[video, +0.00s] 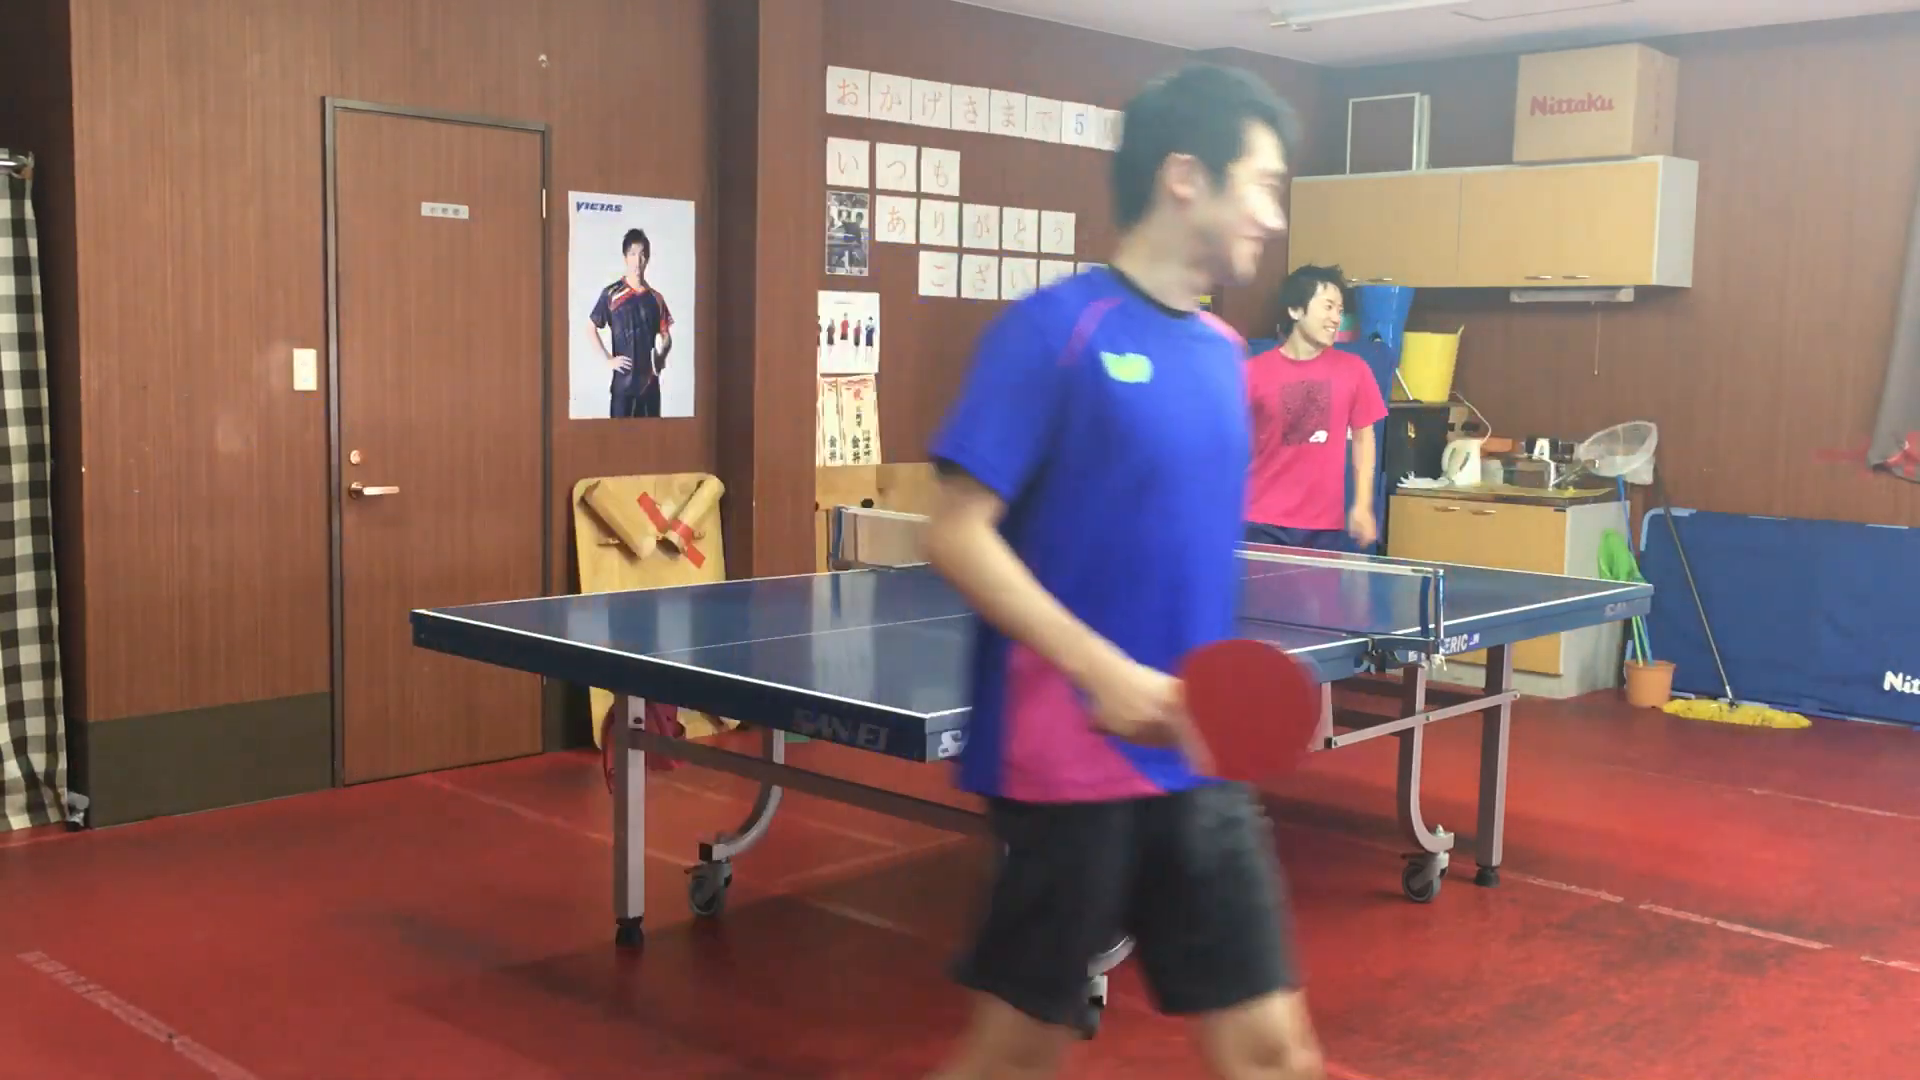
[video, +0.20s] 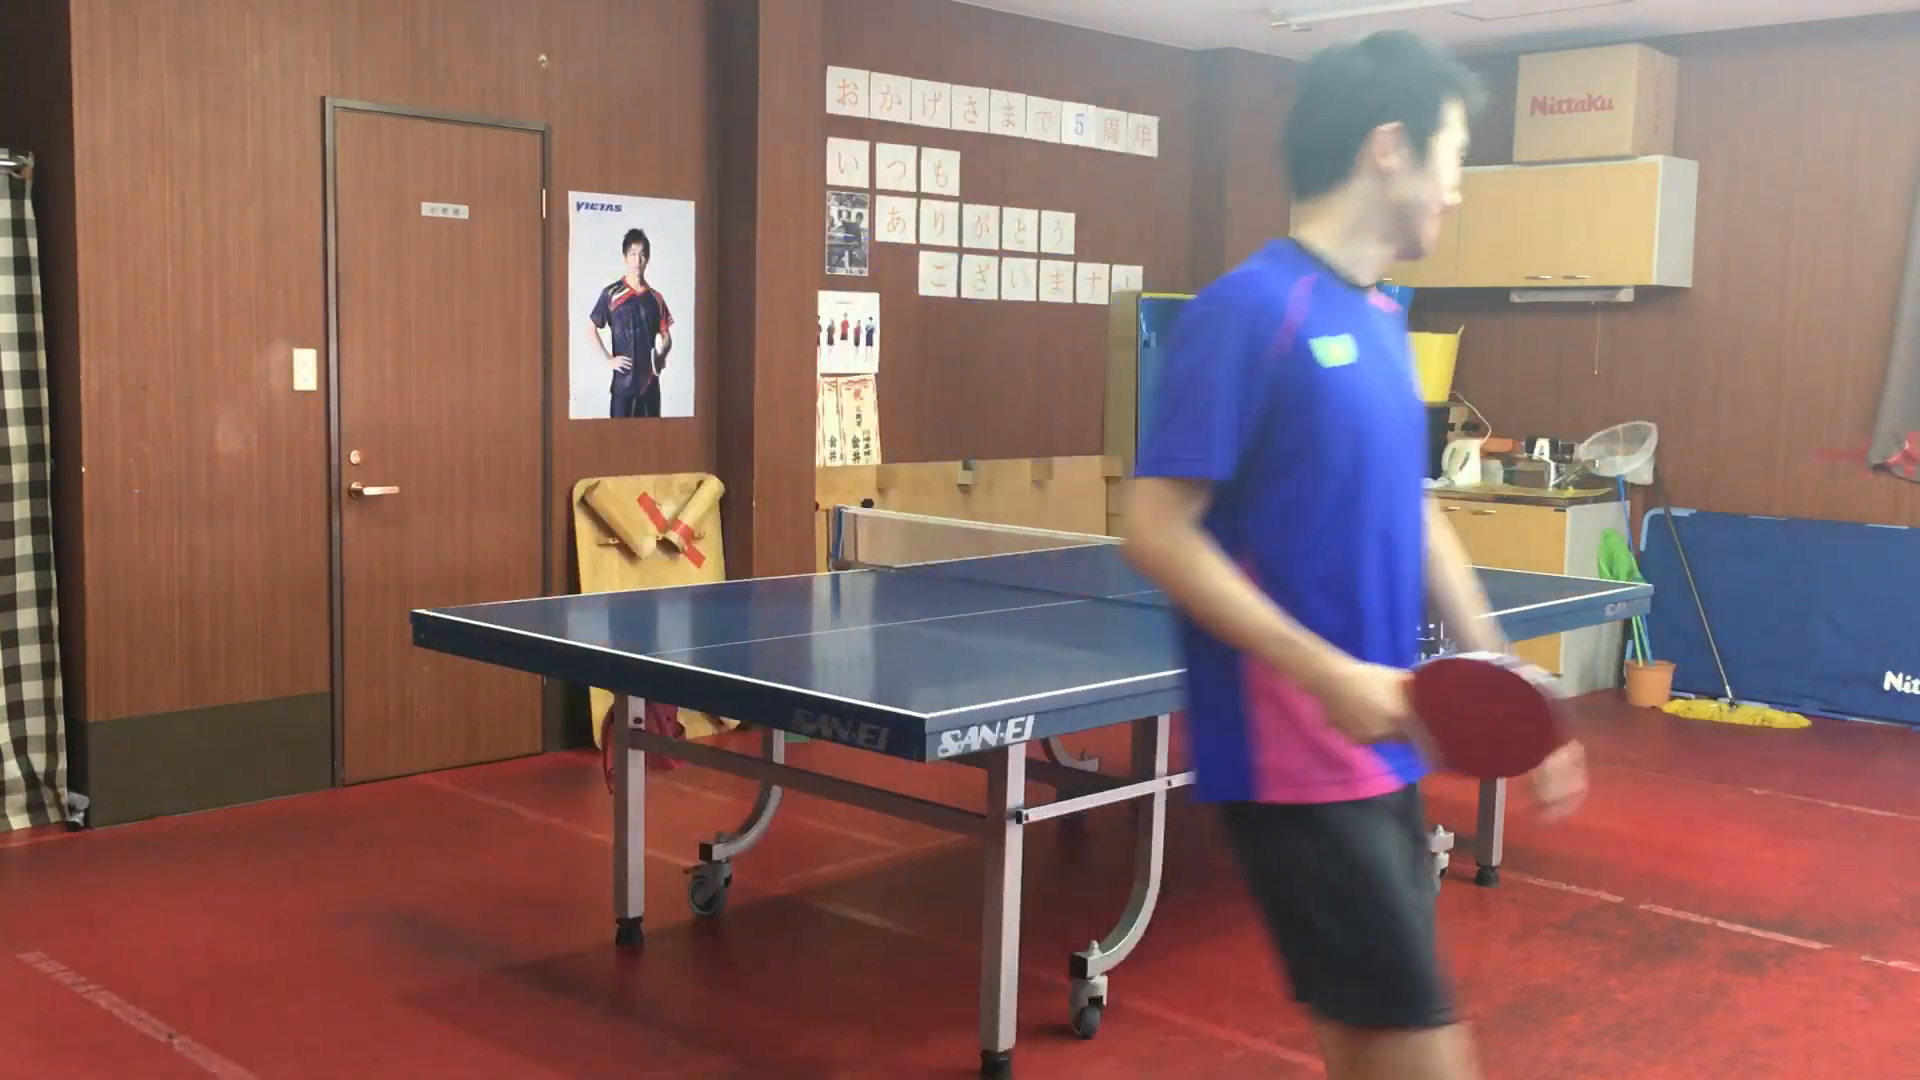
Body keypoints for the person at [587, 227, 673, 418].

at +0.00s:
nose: (638, 260)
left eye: (643, 254)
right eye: (633, 254)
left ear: (648, 258)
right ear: (625, 258)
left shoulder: (655, 297)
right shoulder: (611, 294)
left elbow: (665, 335)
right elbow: (591, 327)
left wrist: (661, 355)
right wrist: (608, 359)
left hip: (649, 378)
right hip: (624, 378)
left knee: (650, 435)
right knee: (621, 434)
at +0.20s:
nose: (638, 260)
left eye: (643, 254)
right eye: (633, 254)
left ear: (648, 258)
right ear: (625, 258)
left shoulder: (655, 297)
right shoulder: (611, 294)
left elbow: (665, 335)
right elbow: (591, 327)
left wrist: (661, 355)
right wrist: (608, 359)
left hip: (650, 377)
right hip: (624, 378)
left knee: (650, 435)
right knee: (621, 434)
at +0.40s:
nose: (638, 260)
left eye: (643, 254)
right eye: (633, 254)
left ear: (648, 258)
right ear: (625, 258)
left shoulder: (655, 297)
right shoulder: (611, 294)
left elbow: (665, 335)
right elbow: (591, 327)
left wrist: (661, 355)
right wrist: (608, 360)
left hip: (650, 377)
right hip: (624, 378)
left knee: (650, 435)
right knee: (621, 434)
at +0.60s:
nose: (638, 260)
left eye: (643, 254)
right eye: (633, 254)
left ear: (648, 258)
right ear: (625, 258)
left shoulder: (655, 297)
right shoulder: (611, 294)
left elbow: (665, 335)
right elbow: (591, 327)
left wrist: (661, 356)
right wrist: (608, 359)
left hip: (650, 378)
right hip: (624, 378)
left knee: (650, 435)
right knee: (621, 435)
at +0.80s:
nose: (638, 260)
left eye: (642, 254)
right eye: (633, 254)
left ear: (648, 258)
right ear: (625, 258)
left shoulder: (655, 297)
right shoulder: (611, 294)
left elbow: (665, 335)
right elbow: (591, 328)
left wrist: (661, 355)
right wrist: (608, 359)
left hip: (650, 377)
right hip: (624, 378)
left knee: (650, 436)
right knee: (621, 435)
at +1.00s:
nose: (638, 260)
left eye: (643, 254)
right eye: (633, 254)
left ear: (648, 258)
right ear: (625, 257)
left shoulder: (655, 297)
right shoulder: (611, 294)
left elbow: (665, 335)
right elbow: (591, 328)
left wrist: (661, 356)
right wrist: (608, 359)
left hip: (650, 377)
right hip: (624, 378)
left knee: (650, 435)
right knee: (621, 435)